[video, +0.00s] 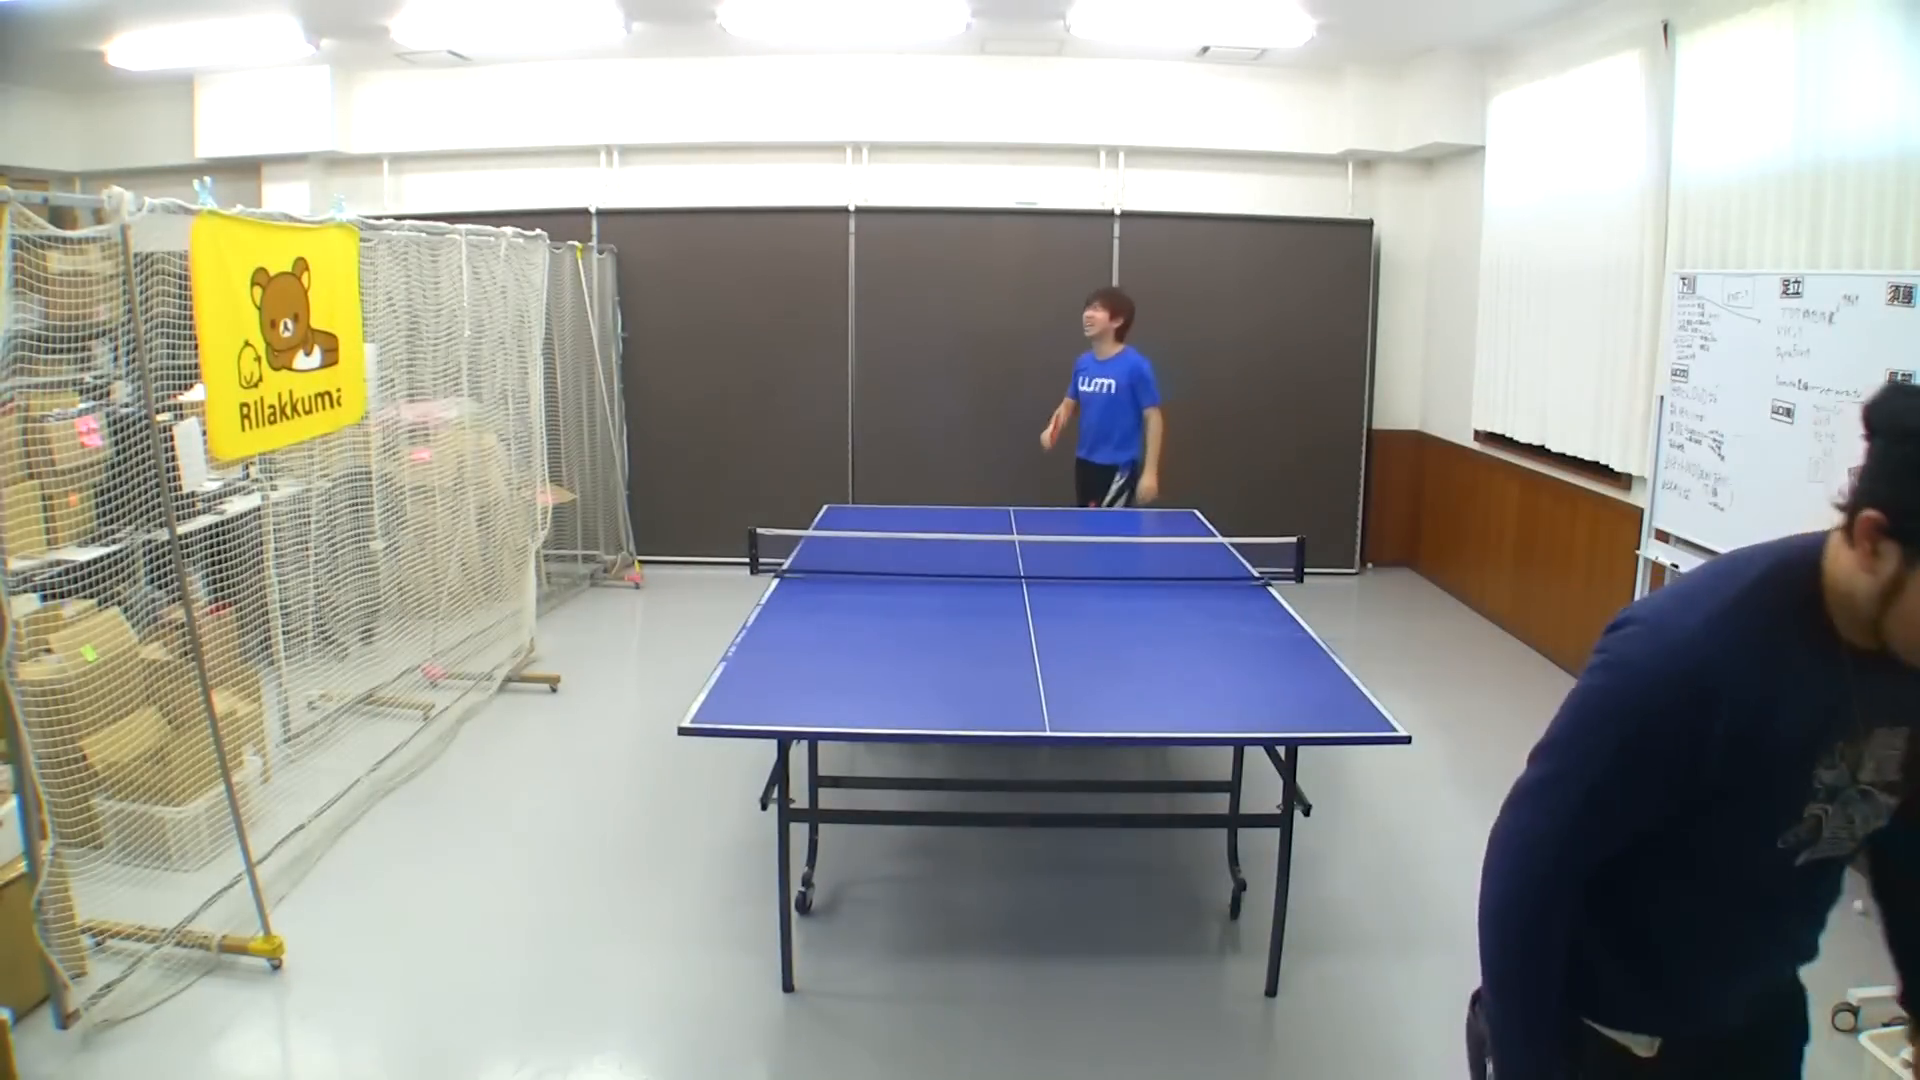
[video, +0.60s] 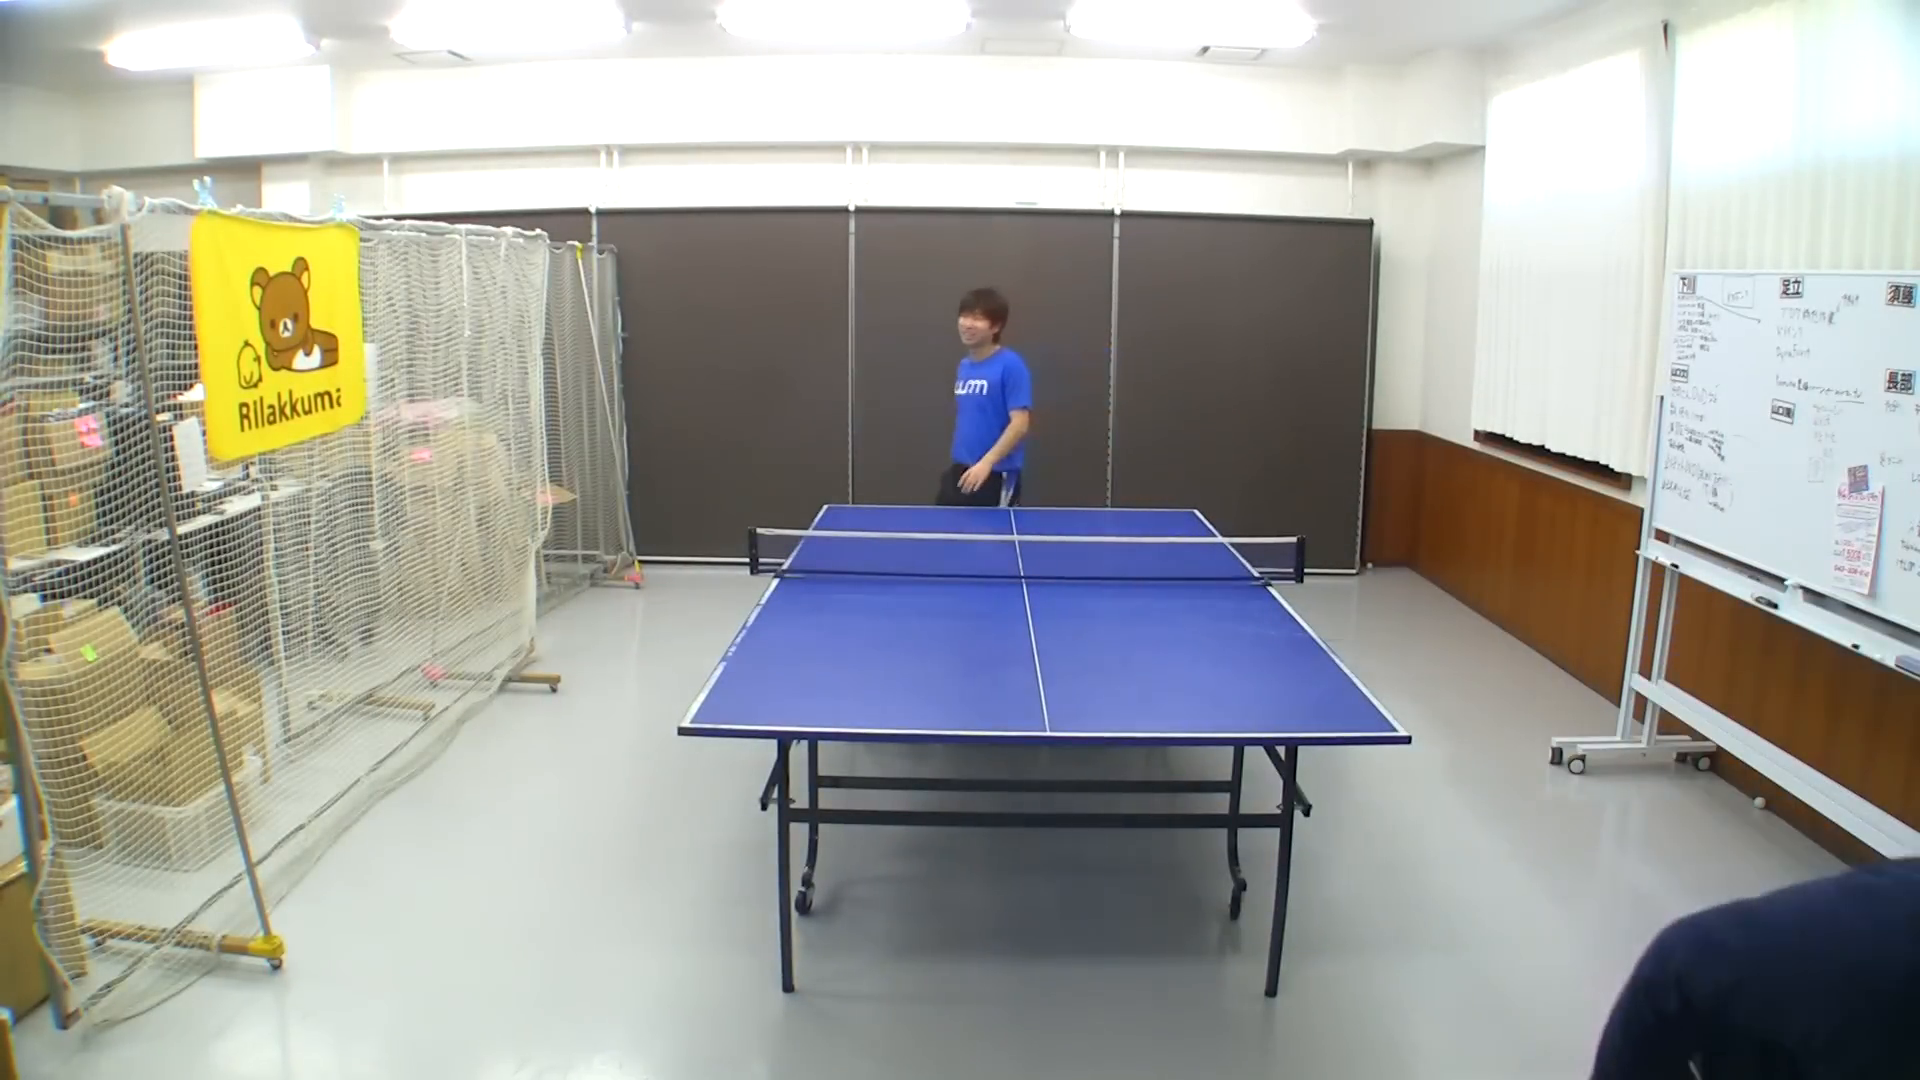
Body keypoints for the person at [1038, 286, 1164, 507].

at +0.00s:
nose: (1087, 315)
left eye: (1097, 309)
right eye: (1087, 308)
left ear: (1117, 320)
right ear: (1083, 314)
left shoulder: (1136, 366)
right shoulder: (1083, 363)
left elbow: (1153, 417)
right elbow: (1069, 402)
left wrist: (1150, 473)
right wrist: (1053, 429)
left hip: (1119, 463)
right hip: (1086, 460)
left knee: (1102, 531)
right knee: (1085, 529)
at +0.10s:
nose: (1072, 316)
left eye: (1083, 311)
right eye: (1071, 309)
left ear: (1102, 323)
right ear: (1066, 314)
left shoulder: (1115, 368)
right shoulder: (1066, 363)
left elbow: (1126, 424)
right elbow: (1057, 412)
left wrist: (1118, 480)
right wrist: (1035, 451)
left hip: (1095, 467)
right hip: (1063, 462)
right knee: (1056, 530)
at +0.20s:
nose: (1057, 316)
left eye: (1068, 311)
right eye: (1055, 307)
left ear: (1084, 322)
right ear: (1048, 311)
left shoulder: (1094, 362)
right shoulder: (1051, 359)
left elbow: (1097, 422)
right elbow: (1043, 413)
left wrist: (1083, 476)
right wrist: (1027, 466)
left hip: (1070, 468)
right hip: (1043, 462)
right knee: (1032, 533)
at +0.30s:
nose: (1038, 312)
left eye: (1049, 307)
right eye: (1036, 304)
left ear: (1066, 317)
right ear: (1029, 308)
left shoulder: (1075, 356)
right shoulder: (1035, 353)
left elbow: (1077, 415)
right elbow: (1035, 405)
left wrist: (1049, 465)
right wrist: (1023, 451)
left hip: (1059, 462)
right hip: (1026, 457)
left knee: (1055, 536)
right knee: (1000, 523)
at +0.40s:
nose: (1017, 313)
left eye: (1027, 308)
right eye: (1014, 305)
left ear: (1045, 316)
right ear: (1006, 309)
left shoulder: (1054, 356)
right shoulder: (1014, 354)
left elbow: (1059, 414)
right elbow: (1016, 406)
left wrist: (1017, 458)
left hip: (1039, 465)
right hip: (1005, 458)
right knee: (983, 531)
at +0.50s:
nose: (992, 319)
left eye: (1003, 314)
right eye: (989, 311)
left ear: (1021, 323)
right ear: (983, 315)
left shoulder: (1032, 361)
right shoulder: (989, 360)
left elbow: (1040, 418)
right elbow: (992, 411)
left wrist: (995, 456)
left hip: (1017, 471)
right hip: (982, 467)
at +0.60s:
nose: (967, 325)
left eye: (977, 319)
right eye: (964, 317)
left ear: (995, 327)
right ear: (958, 320)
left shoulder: (1011, 365)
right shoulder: (964, 366)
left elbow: (1020, 423)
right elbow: (969, 417)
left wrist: (984, 465)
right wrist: (959, 461)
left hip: (996, 475)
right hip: (960, 469)